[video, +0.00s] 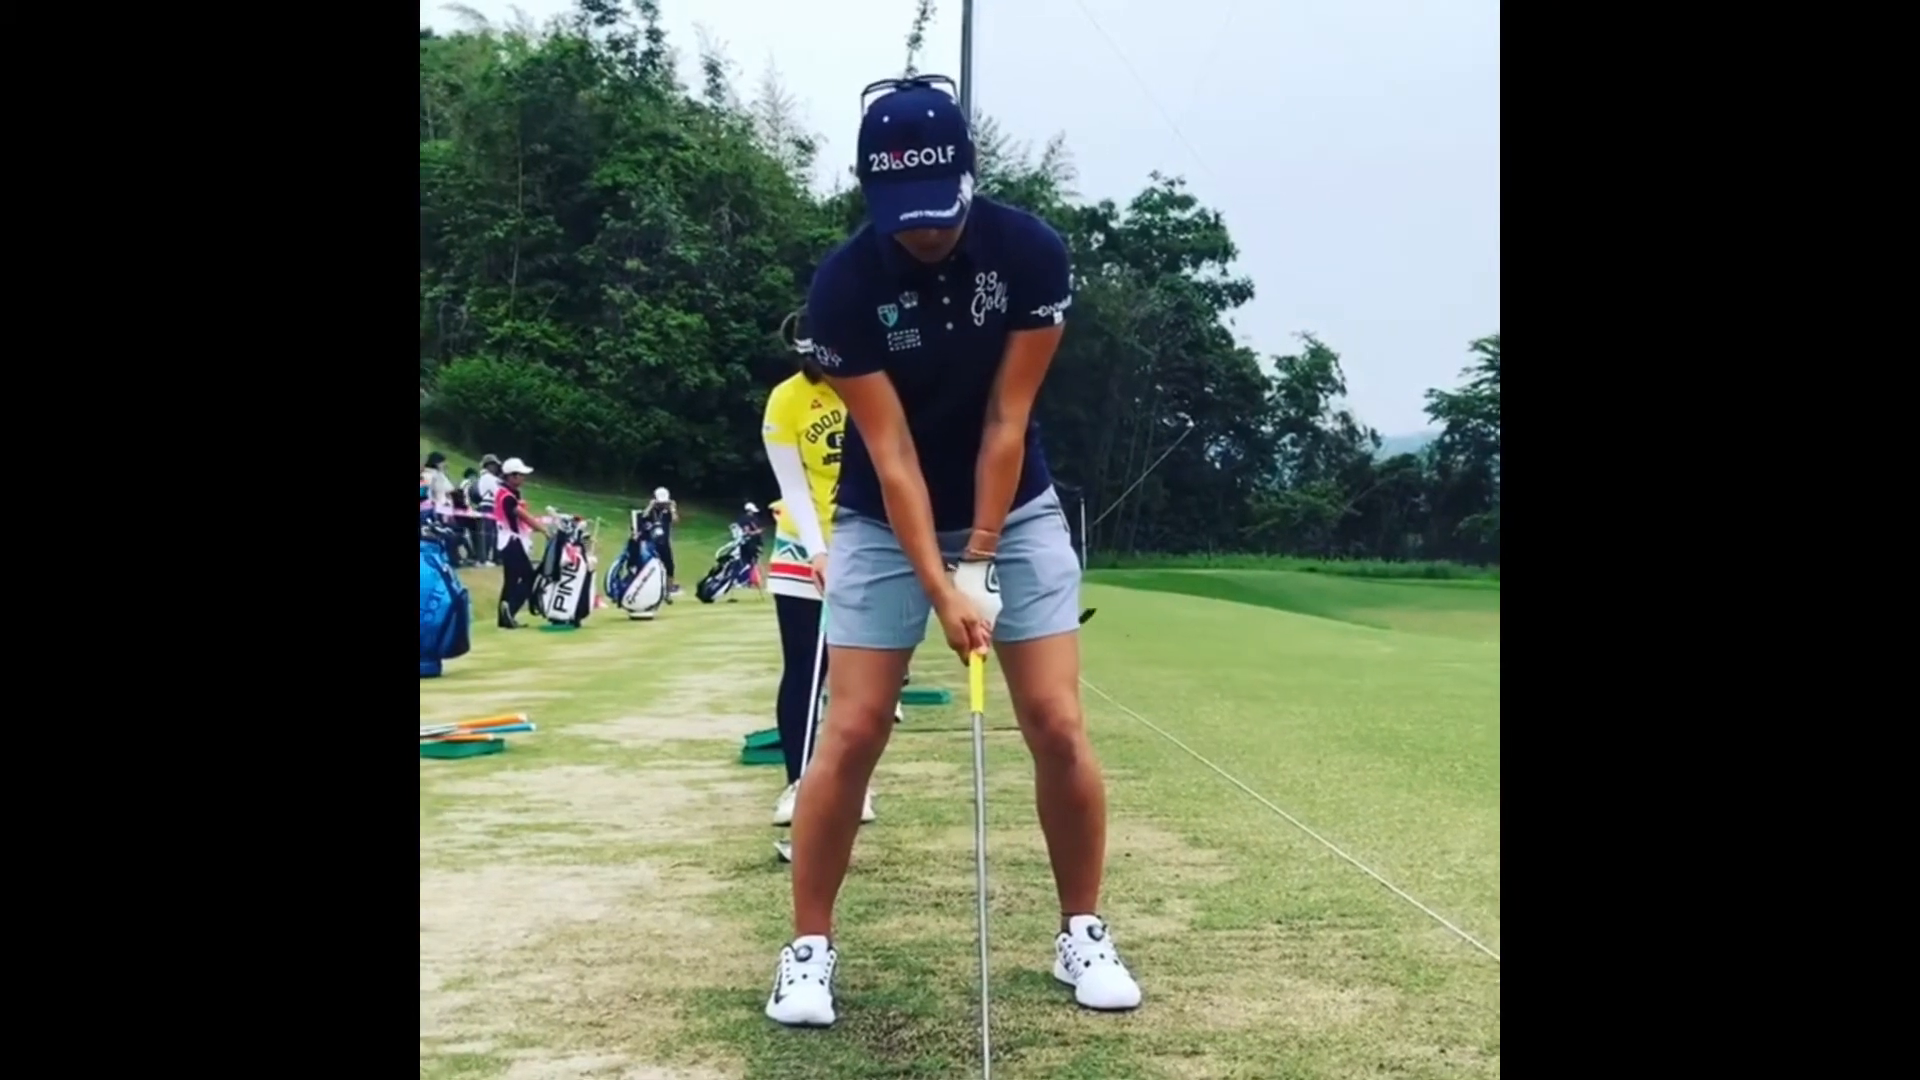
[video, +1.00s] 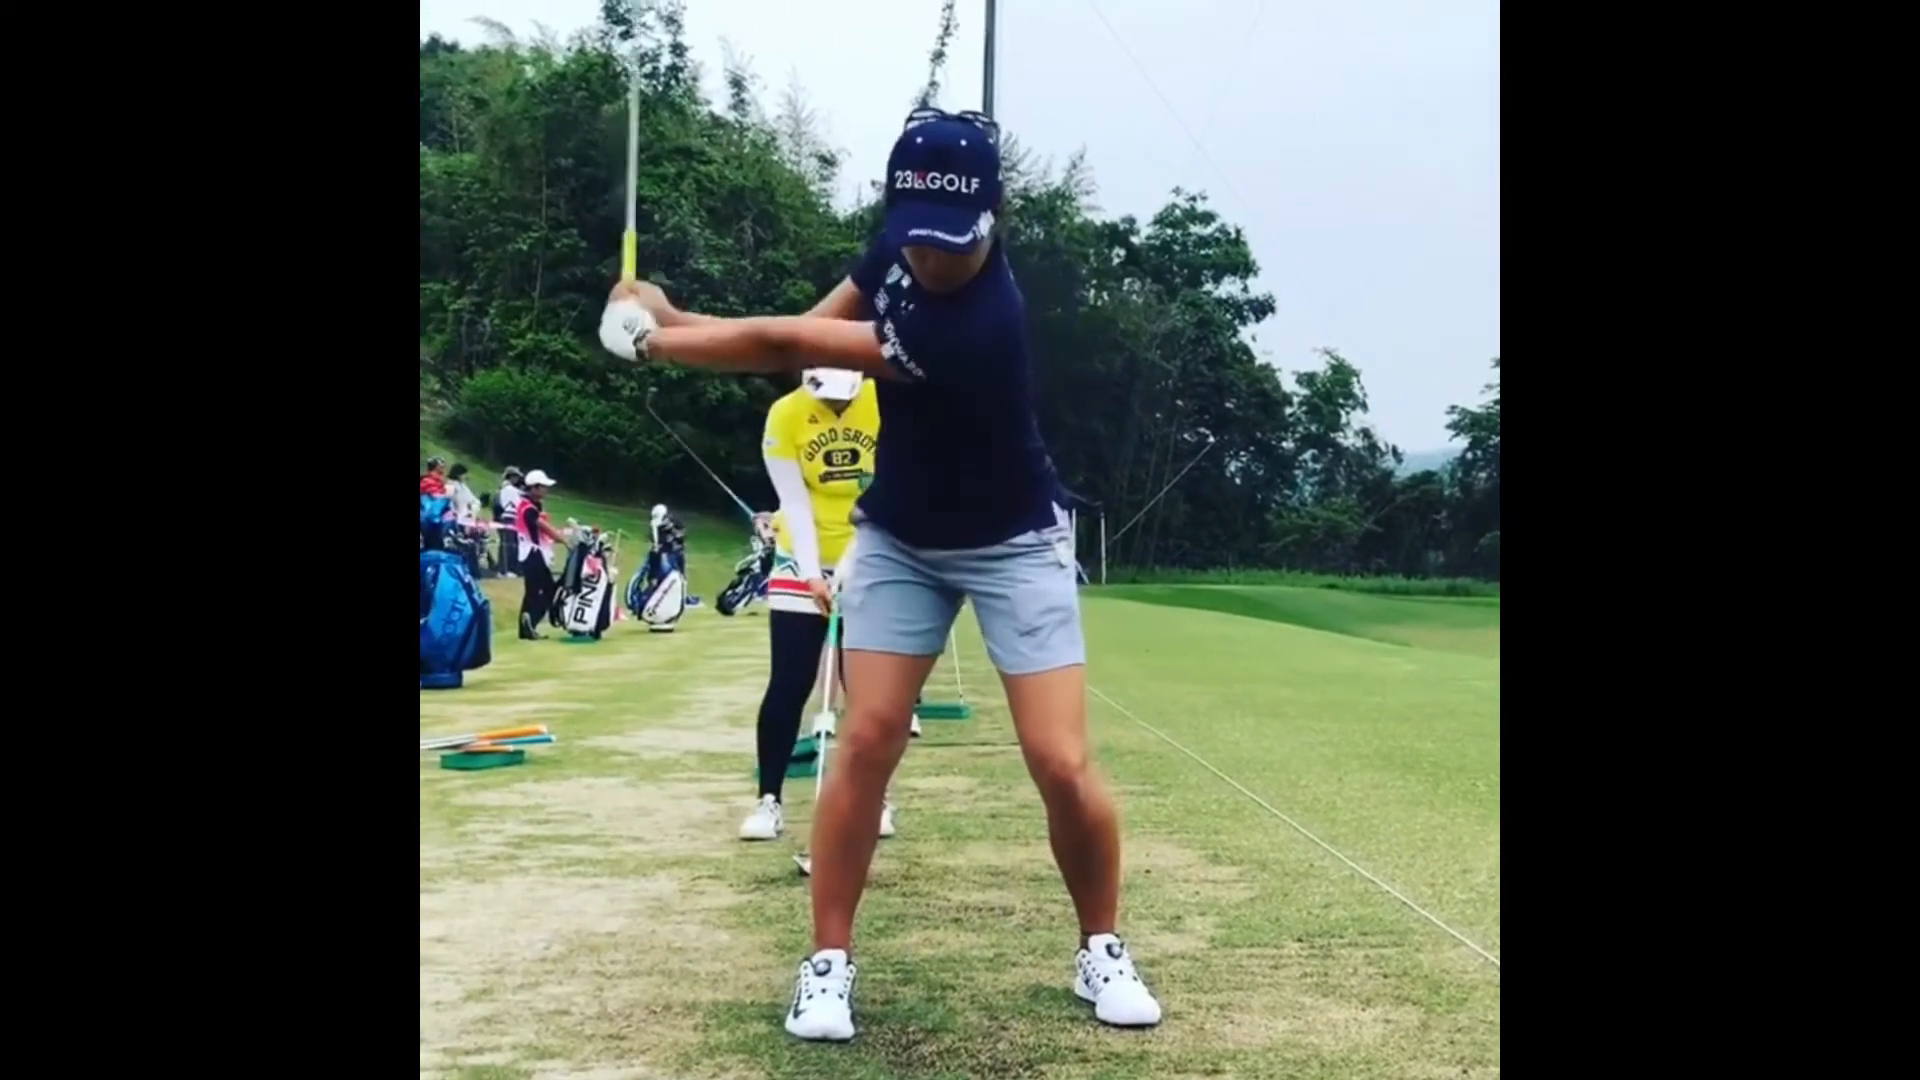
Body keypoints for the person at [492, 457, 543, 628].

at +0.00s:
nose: (523, 479)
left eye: (523, 476)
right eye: (520, 476)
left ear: (512, 478)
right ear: (511, 477)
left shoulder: (507, 493)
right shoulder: (507, 497)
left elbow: (523, 515)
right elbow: (525, 517)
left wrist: (540, 524)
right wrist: (543, 529)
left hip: (508, 538)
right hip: (511, 540)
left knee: (511, 578)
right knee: (528, 575)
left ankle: (504, 616)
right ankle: (510, 608)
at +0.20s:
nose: (527, 480)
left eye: (527, 476)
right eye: (524, 476)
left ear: (516, 478)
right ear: (515, 478)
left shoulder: (510, 494)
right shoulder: (512, 498)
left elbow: (527, 516)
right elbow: (529, 518)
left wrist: (544, 524)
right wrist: (548, 530)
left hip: (512, 538)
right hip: (516, 540)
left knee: (515, 579)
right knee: (533, 576)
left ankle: (508, 616)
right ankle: (515, 608)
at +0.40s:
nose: (533, 482)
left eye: (533, 478)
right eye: (530, 478)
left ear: (521, 480)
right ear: (521, 479)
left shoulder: (514, 495)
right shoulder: (516, 499)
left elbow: (532, 518)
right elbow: (533, 519)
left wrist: (550, 525)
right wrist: (552, 531)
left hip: (517, 540)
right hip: (520, 542)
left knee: (519, 580)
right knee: (537, 577)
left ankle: (513, 618)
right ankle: (519, 610)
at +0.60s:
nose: (538, 485)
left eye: (538, 481)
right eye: (535, 481)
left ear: (528, 483)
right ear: (526, 483)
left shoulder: (522, 499)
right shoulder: (522, 503)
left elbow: (538, 522)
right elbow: (539, 523)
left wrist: (556, 528)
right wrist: (557, 533)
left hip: (524, 544)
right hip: (526, 546)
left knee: (525, 584)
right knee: (543, 581)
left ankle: (519, 622)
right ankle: (525, 613)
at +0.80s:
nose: (544, 488)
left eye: (544, 484)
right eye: (541, 484)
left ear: (533, 486)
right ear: (531, 485)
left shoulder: (527, 502)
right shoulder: (527, 506)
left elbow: (543, 524)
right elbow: (544, 525)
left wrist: (560, 531)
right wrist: (562, 536)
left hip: (531, 548)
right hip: (530, 549)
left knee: (530, 586)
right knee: (548, 583)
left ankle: (524, 623)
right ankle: (529, 618)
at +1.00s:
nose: (545, 491)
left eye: (546, 488)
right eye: (542, 488)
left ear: (535, 490)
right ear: (533, 489)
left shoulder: (529, 506)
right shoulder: (529, 510)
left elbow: (544, 528)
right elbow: (547, 530)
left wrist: (561, 535)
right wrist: (564, 540)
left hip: (532, 551)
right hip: (533, 553)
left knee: (532, 590)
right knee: (549, 587)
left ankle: (526, 627)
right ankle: (531, 619)